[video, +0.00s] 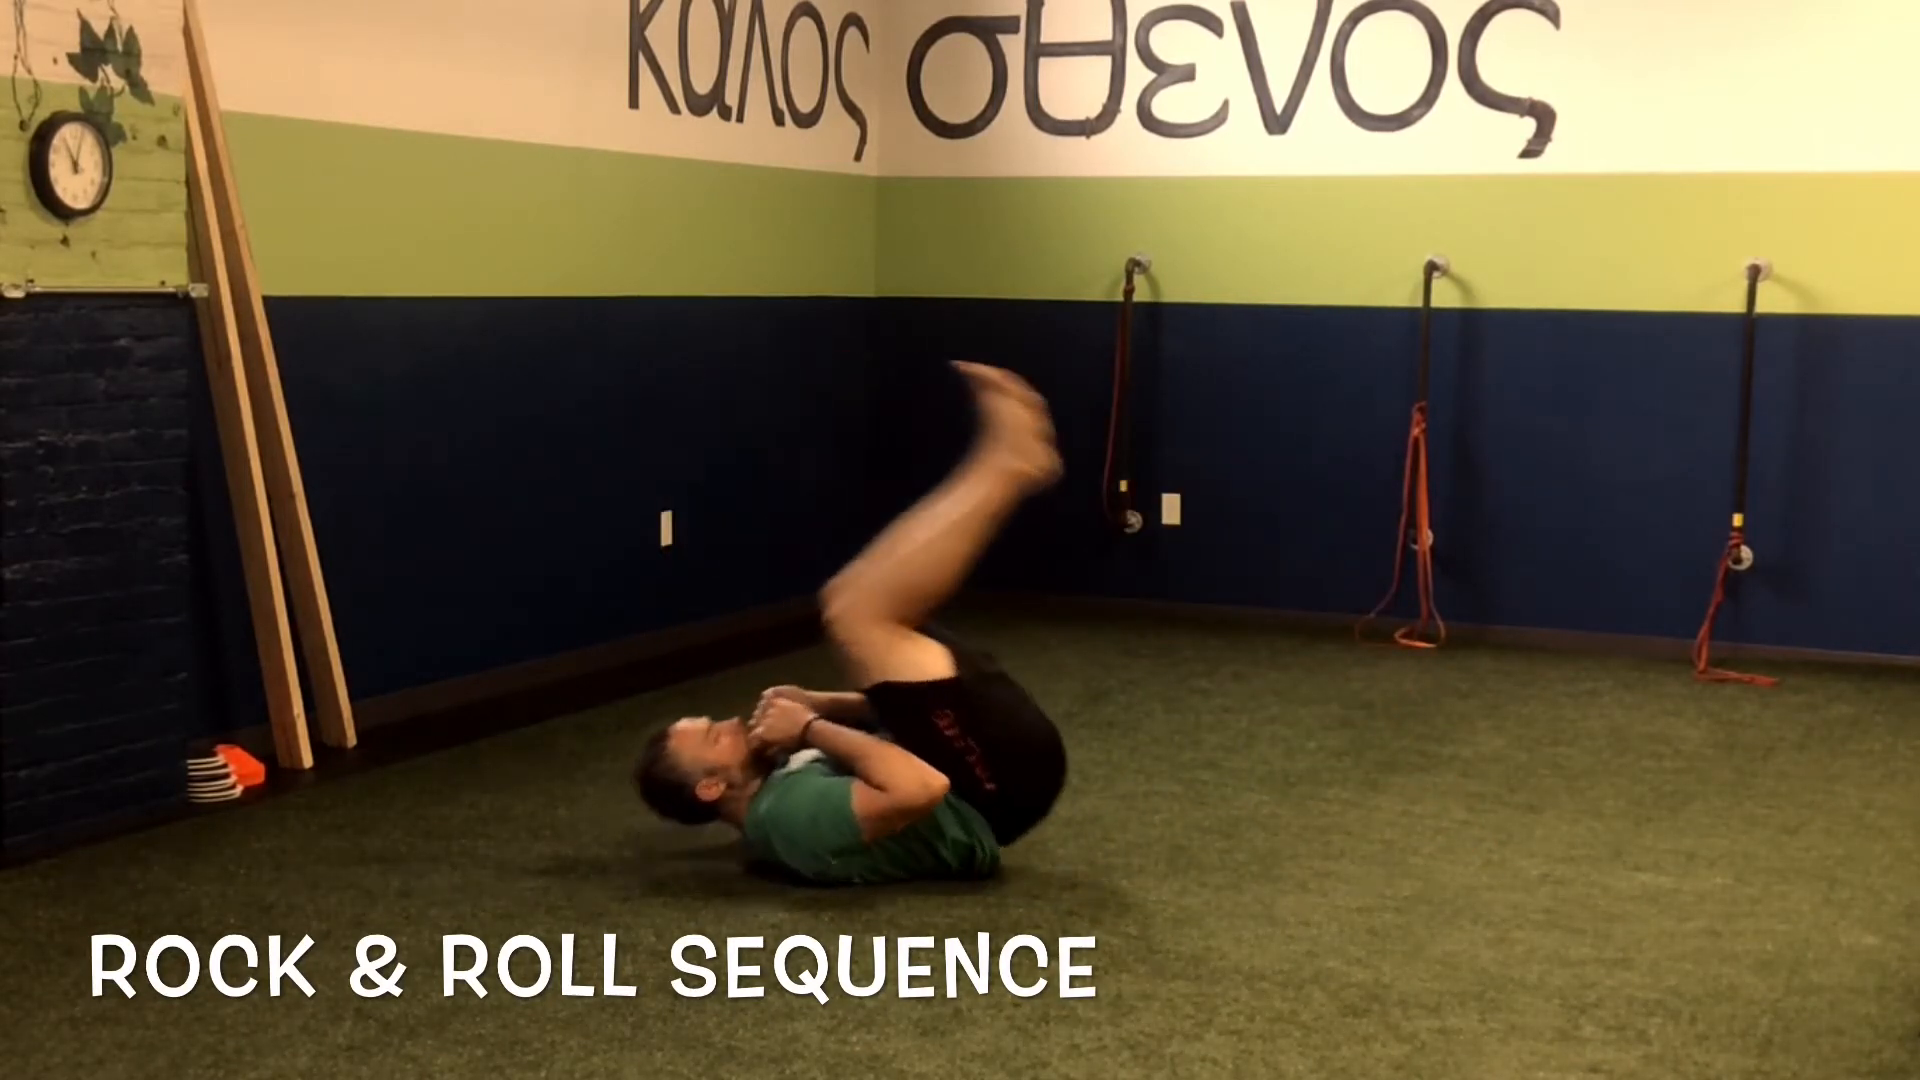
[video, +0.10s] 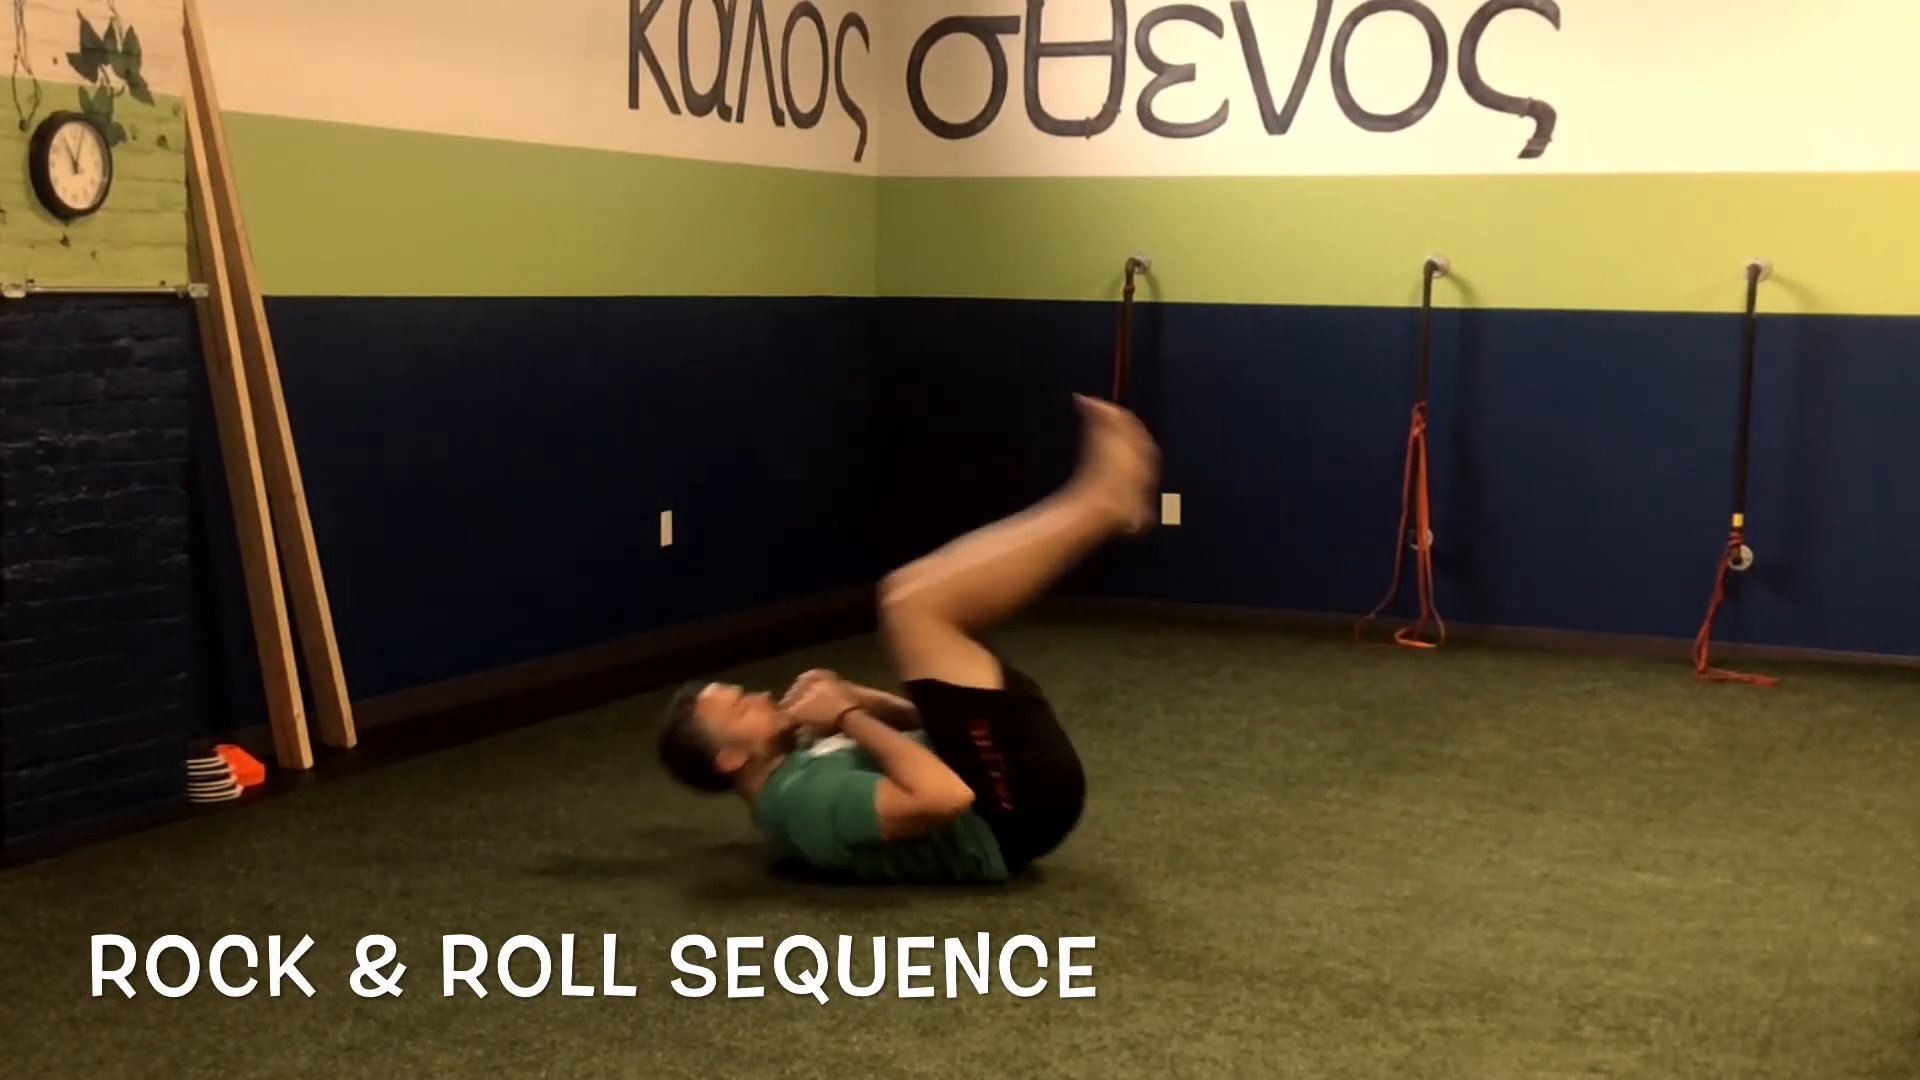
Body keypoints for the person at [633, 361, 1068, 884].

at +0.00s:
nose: (732, 720)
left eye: (713, 721)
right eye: (713, 734)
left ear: (717, 785)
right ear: (714, 785)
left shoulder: (780, 791)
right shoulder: (783, 817)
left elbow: (894, 713)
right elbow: (922, 788)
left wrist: (812, 706)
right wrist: (811, 728)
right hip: (1004, 780)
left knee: (851, 601)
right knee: (852, 609)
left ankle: (1009, 459)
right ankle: (1011, 460)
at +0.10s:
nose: (759, 694)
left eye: (741, 691)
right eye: (738, 705)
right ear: (733, 758)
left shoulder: (798, 766)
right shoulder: (798, 802)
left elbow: (924, 718)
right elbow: (945, 797)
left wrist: (853, 698)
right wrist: (851, 719)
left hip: (1003, 787)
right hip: (1017, 807)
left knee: (909, 592)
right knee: (909, 598)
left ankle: (1096, 498)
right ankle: (1103, 498)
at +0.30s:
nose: (847, 640)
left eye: (835, 629)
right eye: (827, 638)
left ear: (812, 672)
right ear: (799, 681)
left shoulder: (851, 715)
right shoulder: (848, 748)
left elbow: (960, 769)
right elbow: (995, 797)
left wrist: (932, 681)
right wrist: (946, 684)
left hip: (1026, 821)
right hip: (1045, 844)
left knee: (1039, 596)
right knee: (1043, 599)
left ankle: (1254, 631)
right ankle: (1265, 632)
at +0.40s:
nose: (891, 614)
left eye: (880, 603)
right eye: (872, 612)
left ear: (847, 642)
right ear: (837, 650)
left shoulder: (876, 696)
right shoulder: (880, 720)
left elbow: (997, 769)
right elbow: (1019, 790)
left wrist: (963, 673)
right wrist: (984, 674)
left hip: (1042, 829)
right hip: (1058, 848)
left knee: (1091, 606)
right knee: (1095, 608)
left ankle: (1297, 693)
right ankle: (1306, 693)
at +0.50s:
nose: (934, 591)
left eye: (923, 578)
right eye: (916, 586)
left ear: (886, 616)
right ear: (879, 620)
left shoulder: (898, 671)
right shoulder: (906, 696)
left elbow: (1025, 756)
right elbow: (1043, 779)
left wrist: (996, 661)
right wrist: (1016, 669)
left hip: (1045, 826)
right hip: (1062, 850)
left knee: (1126, 610)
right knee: (1137, 619)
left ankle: (1319, 731)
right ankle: (1333, 735)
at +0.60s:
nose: (969, 573)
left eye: (960, 560)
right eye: (952, 566)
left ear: (911, 594)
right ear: (913, 593)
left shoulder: (918, 654)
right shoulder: (938, 675)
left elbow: (1026, 752)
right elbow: (1061, 776)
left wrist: (1014, 661)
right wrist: (1045, 661)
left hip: (1045, 825)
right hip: (1069, 845)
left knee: (1151, 623)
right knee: (1171, 632)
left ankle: (1334, 752)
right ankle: (1348, 769)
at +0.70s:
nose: (1000, 567)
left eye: (992, 552)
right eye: (985, 558)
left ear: (940, 577)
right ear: (945, 578)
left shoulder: (930, 645)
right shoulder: (959, 662)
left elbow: (1044, 755)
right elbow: (1071, 777)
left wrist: (1045, 666)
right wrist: (1069, 661)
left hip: (1040, 826)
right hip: (1067, 845)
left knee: (1171, 635)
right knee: (1189, 645)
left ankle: (1345, 774)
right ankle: (1354, 798)